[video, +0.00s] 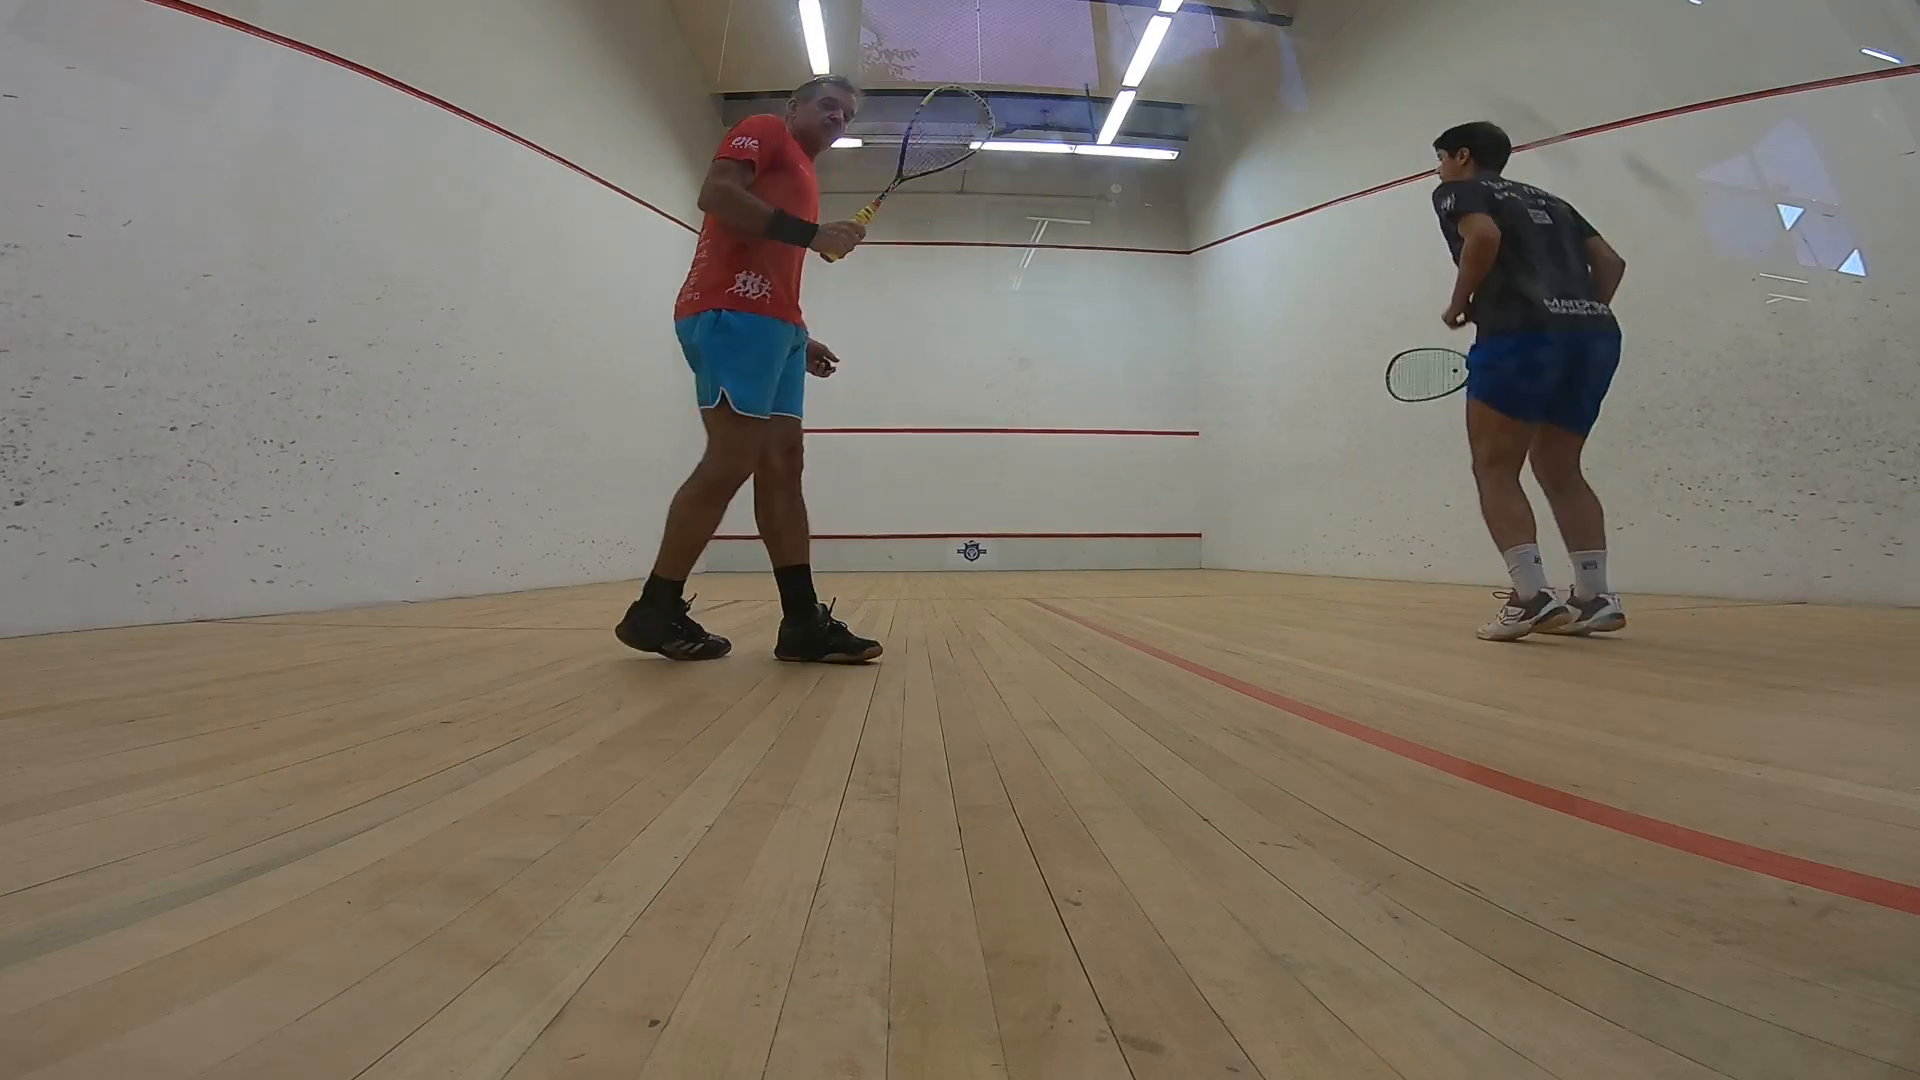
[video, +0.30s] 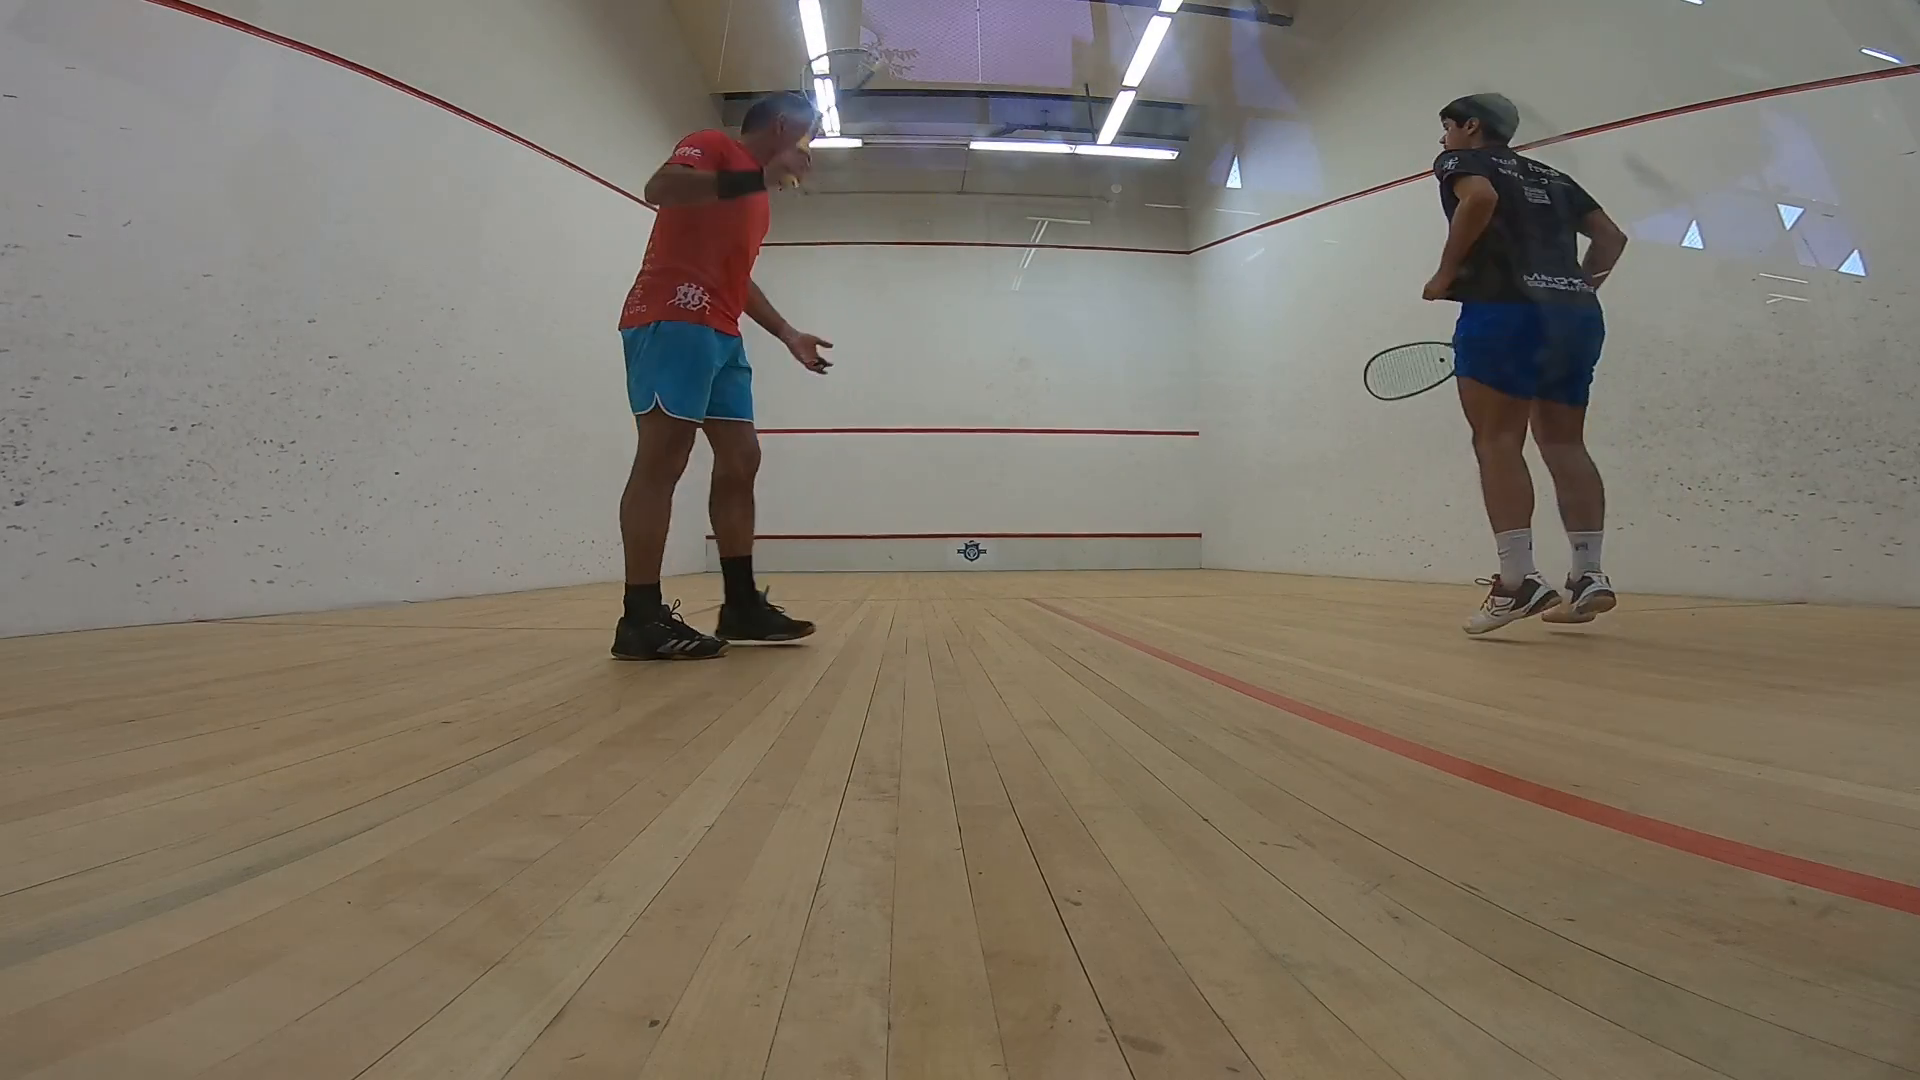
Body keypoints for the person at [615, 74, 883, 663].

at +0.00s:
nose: (838, 121)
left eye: (846, 117)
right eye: (831, 107)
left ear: (842, 128)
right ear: (799, 101)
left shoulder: (800, 175)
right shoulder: (766, 128)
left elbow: (764, 274)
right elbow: (716, 192)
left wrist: (799, 341)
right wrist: (810, 234)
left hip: (774, 326)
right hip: (731, 314)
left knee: (781, 466)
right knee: (730, 458)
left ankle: (803, 621)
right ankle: (655, 609)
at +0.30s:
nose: (803, 162)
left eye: (809, 151)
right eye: (803, 146)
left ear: (779, 132)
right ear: (777, 127)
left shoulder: (757, 199)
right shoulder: (715, 145)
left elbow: (733, 278)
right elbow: (657, 188)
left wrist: (789, 334)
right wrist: (752, 180)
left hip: (722, 333)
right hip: (672, 319)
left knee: (740, 458)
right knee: (662, 459)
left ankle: (743, 606)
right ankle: (641, 618)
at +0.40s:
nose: (798, 163)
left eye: (804, 152)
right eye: (799, 147)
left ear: (776, 136)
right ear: (768, 126)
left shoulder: (746, 193)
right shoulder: (706, 154)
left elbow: (730, 279)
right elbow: (647, 151)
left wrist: (797, 316)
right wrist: (729, 116)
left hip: (709, 331)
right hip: (665, 321)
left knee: (716, 462)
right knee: (662, 461)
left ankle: (693, 602)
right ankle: (640, 621)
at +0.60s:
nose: (780, 183)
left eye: (785, 175)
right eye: (781, 170)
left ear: (759, 163)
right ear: (756, 152)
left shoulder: (733, 213)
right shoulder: (708, 176)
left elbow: (697, 291)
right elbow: (675, 172)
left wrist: (749, 318)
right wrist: (736, 108)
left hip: (676, 337)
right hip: (664, 335)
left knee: (669, 465)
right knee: (676, 464)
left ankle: (629, 600)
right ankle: (645, 616)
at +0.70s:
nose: (771, 193)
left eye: (774, 184)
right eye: (769, 181)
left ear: (730, 165)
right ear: (748, 169)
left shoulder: (686, 205)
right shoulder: (710, 198)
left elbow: (660, 295)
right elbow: (729, 262)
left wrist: (704, 334)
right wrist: (777, 232)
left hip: (632, 348)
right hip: (665, 348)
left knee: (661, 473)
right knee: (683, 468)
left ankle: (622, 608)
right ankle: (648, 616)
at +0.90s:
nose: (742, 202)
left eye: (740, 196)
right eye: (744, 195)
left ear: (694, 187)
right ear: (738, 192)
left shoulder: (650, 220)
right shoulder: (740, 223)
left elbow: (600, 285)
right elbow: (731, 310)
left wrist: (633, 331)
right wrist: (703, 343)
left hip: (626, 357)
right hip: (686, 357)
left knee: (647, 477)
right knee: (721, 475)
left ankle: (618, 609)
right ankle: (670, 592)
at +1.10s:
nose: (729, 211)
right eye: (730, 205)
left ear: (681, 199)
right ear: (726, 203)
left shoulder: (650, 225)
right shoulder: (749, 237)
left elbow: (606, 276)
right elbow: (749, 310)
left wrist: (592, 336)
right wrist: (702, 330)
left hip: (654, 357)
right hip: (720, 364)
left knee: (644, 483)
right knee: (728, 483)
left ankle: (624, 605)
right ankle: (762, 596)